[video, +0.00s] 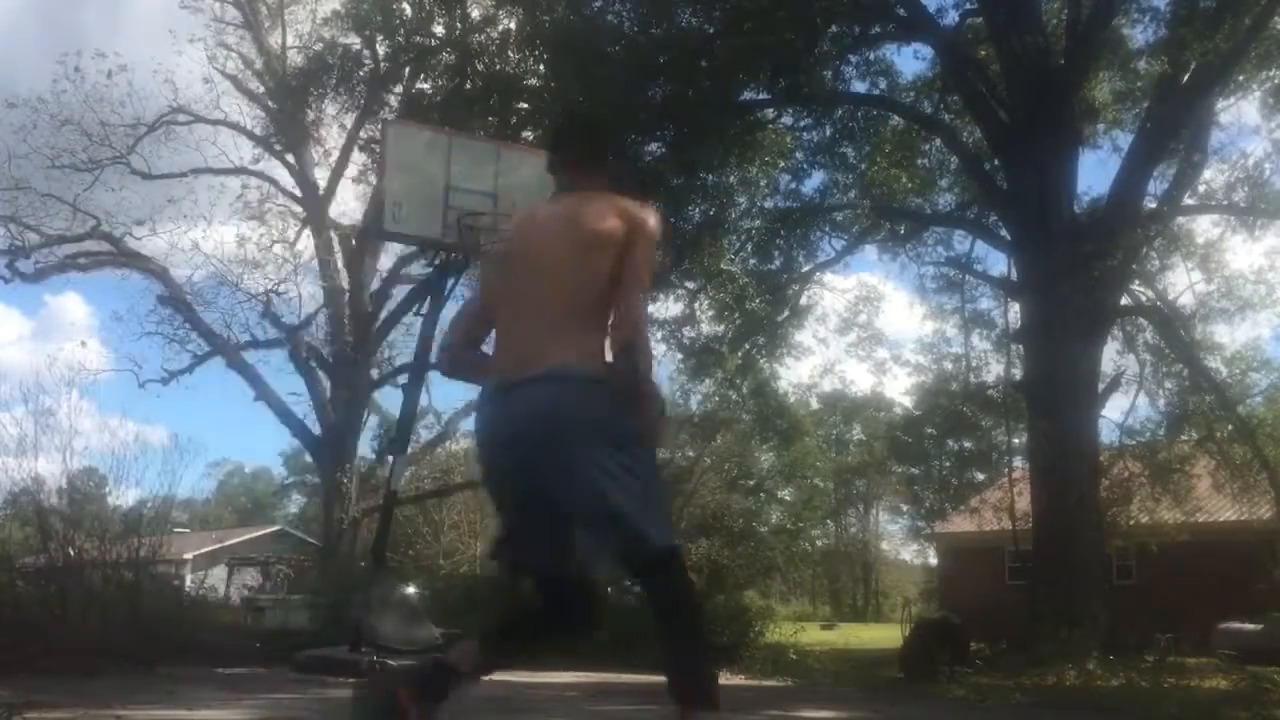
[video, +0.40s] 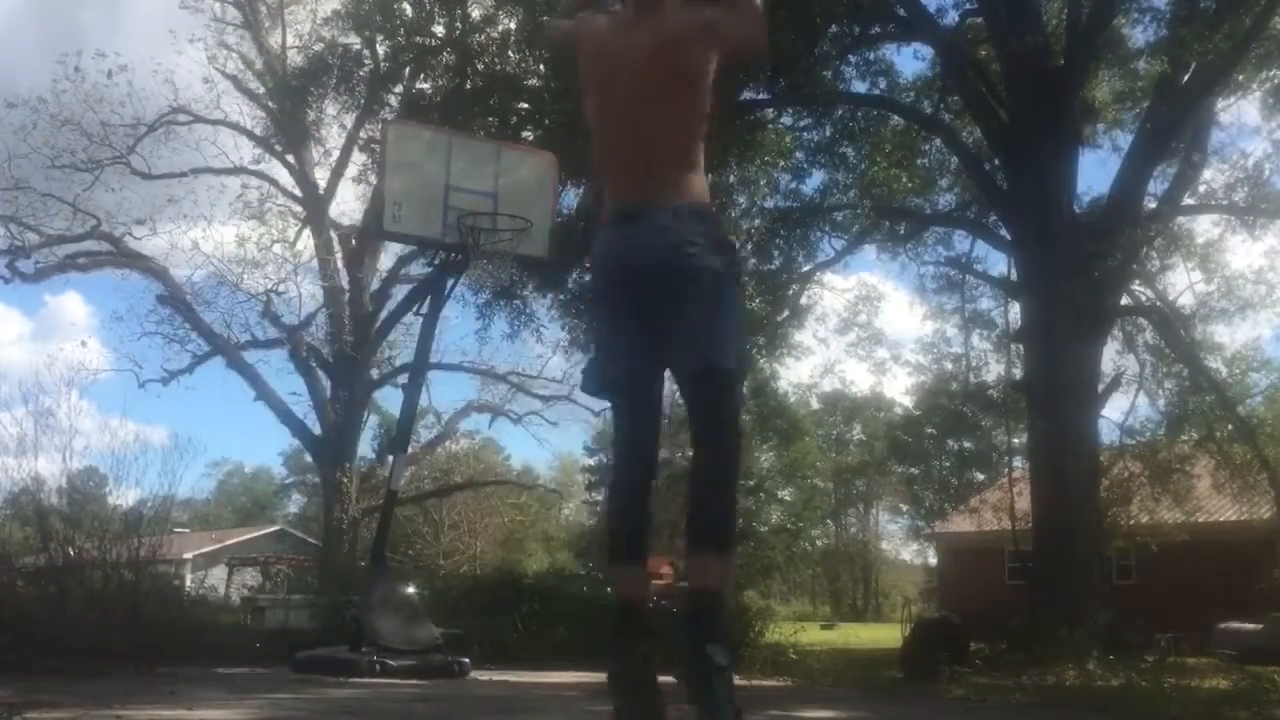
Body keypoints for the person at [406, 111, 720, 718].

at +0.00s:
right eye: (627, 174)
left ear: (554, 172)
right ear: (617, 168)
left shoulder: (515, 232)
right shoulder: (636, 217)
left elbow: (453, 354)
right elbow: (628, 326)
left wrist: (523, 375)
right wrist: (646, 398)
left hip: (502, 415)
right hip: (586, 405)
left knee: (562, 603)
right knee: (663, 573)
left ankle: (440, 677)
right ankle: (699, 706)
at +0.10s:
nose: (654, 167)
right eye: (655, 156)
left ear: (592, 160)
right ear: (656, 159)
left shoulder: (554, 232)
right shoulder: (674, 223)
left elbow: (526, 330)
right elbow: (698, 355)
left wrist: (591, 293)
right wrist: (728, 324)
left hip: (544, 429)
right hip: (623, 421)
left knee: (649, 573)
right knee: (689, 576)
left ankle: (592, 696)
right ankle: (705, 706)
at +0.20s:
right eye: (677, 132)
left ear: (615, 132)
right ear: (674, 133)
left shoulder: (574, 190)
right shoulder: (697, 192)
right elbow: (754, 259)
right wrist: (751, 168)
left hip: (580, 408)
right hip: (656, 397)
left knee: (668, 577)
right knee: (715, 572)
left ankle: (649, 707)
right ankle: (719, 708)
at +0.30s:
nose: (710, 52)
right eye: (705, 41)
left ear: (630, 41)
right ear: (695, 43)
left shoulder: (591, 95)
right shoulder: (704, 98)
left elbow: (554, 63)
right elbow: (765, 124)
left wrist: (613, 34)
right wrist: (755, 80)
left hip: (611, 311)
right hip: (683, 307)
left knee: (635, 503)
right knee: (704, 499)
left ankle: (634, 688)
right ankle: (727, 687)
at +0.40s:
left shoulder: (589, 31)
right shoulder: (701, 23)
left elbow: (565, 19)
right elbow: (757, 35)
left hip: (617, 237)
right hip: (689, 234)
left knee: (632, 442)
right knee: (717, 436)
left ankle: (630, 643)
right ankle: (706, 635)